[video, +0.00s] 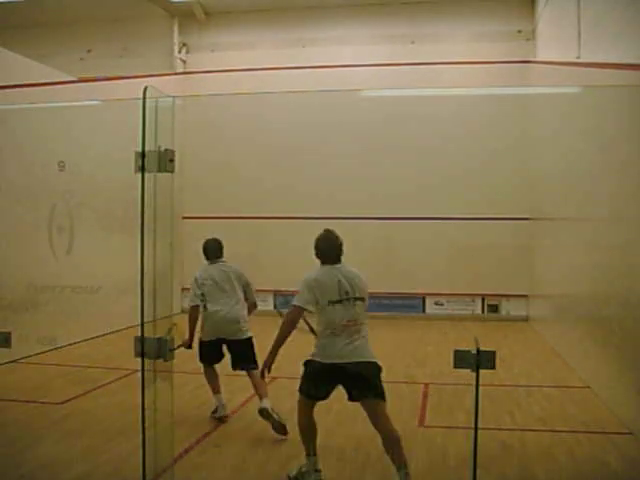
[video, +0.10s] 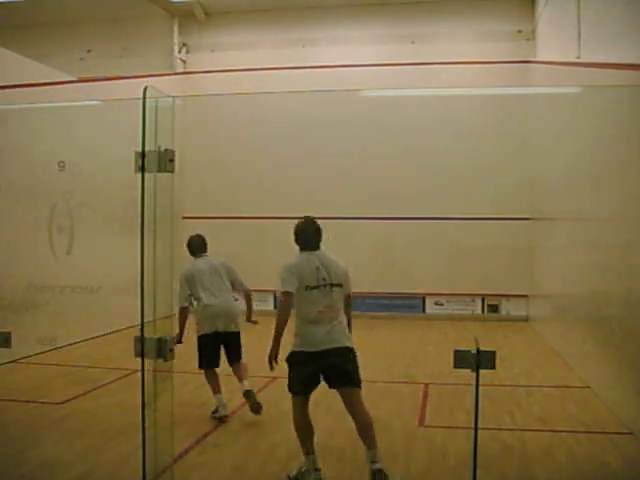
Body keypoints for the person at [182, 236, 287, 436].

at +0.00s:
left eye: (207, 253)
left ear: (205, 255)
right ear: (223, 253)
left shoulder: (201, 276)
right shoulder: (236, 272)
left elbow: (194, 308)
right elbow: (253, 304)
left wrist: (190, 337)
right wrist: (237, 317)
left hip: (211, 330)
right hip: (238, 328)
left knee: (208, 363)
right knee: (252, 369)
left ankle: (220, 406)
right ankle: (265, 404)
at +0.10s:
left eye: (190, 249)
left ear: (190, 251)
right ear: (207, 248)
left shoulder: (188, 273)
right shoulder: (223, 266)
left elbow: (184, 307)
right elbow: (246, 291)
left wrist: (180, 333)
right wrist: (249, 315)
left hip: (207, 325)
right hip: (231, 322)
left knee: (208, 366)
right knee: (236, 360)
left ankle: (221, 406)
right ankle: (246, 387)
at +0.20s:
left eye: (180, 241)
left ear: (179, 242)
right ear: (196, 237)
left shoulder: (181, 262)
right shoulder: (211, 253)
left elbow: (175, 295)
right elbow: (238, 274)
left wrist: (166, 321)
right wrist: (249, 293)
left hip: (199, 314)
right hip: (218, 310)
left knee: (205, 355)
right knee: (216, 347)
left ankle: (216, 390)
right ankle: (220, 386)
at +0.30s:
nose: (172, 239)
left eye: (171, 236)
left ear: (172, 237)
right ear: (187, 234)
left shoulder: (173, 256)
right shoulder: (202, 249)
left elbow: (165, 290)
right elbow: (228, 264)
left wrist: (151, 313)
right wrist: (241, 281)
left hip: (190, 309)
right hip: (209, 306)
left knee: (190, 346)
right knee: (203, 343)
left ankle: (203, 376)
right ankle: (203, 381)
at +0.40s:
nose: (161, 240)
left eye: (160, 237)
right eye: (162, 236)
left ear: (161, 237)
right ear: (175, 232)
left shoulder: (167, 255)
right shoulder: (190, 247)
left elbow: (158, 288)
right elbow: (214, 259)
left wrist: (136, 306)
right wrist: (223, 273)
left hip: (183, 305)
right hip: (201, 303)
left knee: (175, 344)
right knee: (195, 342)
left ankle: (188, 378)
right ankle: (200, 381)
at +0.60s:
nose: (138, 252)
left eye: (137, 248)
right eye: (137, 248)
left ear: (141, 247)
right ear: (151, 242)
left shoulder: (150, 259)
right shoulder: (168, 252)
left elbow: (147, 290)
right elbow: (189, 265)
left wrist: (119, 300)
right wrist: (194, 274)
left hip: (169, 306)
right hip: (185, 302)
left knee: (152, 333)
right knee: (174, 334)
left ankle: (159, 370)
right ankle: (185, 359)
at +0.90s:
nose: (115, 268)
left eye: (115, 265)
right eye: (115, 265)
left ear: (118, 265)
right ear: (127, 259)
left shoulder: (132, 274)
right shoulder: (141, 267)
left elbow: (131, 301)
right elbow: (169, 272)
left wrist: (107, 302)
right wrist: (191, 280)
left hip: (156, 313)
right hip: (166, 308)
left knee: (139, 338)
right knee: (156, 337)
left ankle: (156, 366)